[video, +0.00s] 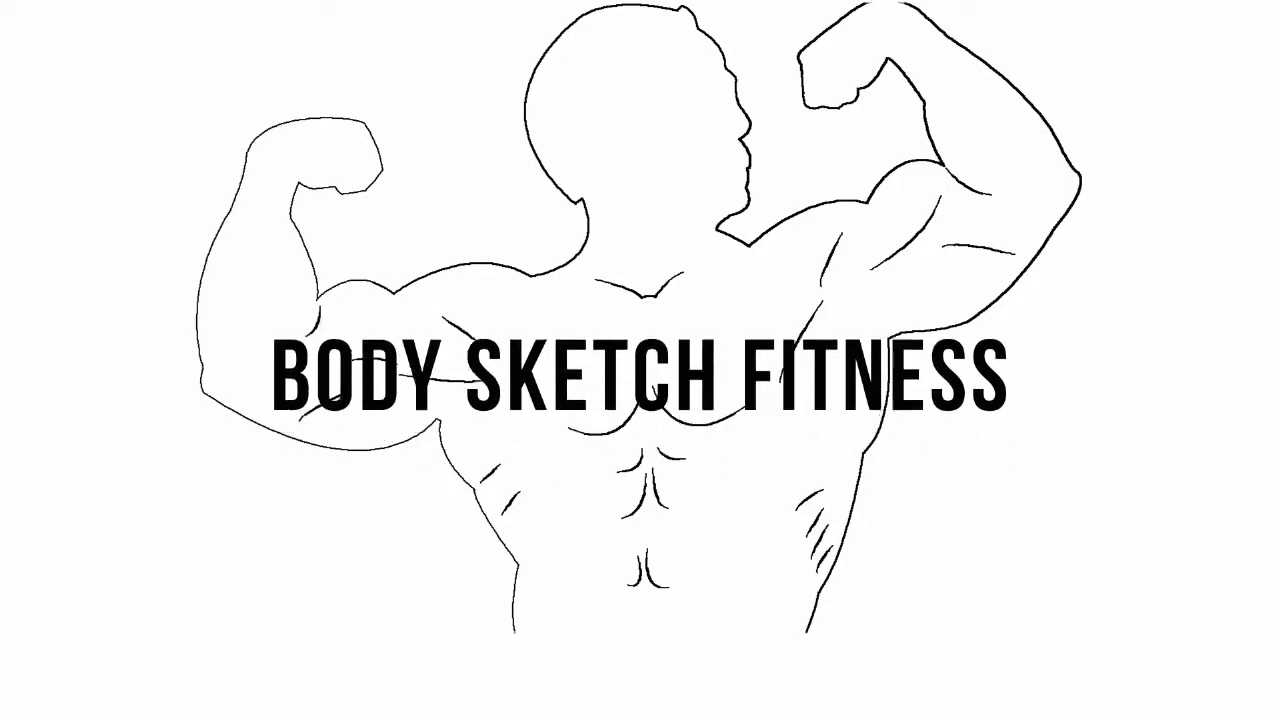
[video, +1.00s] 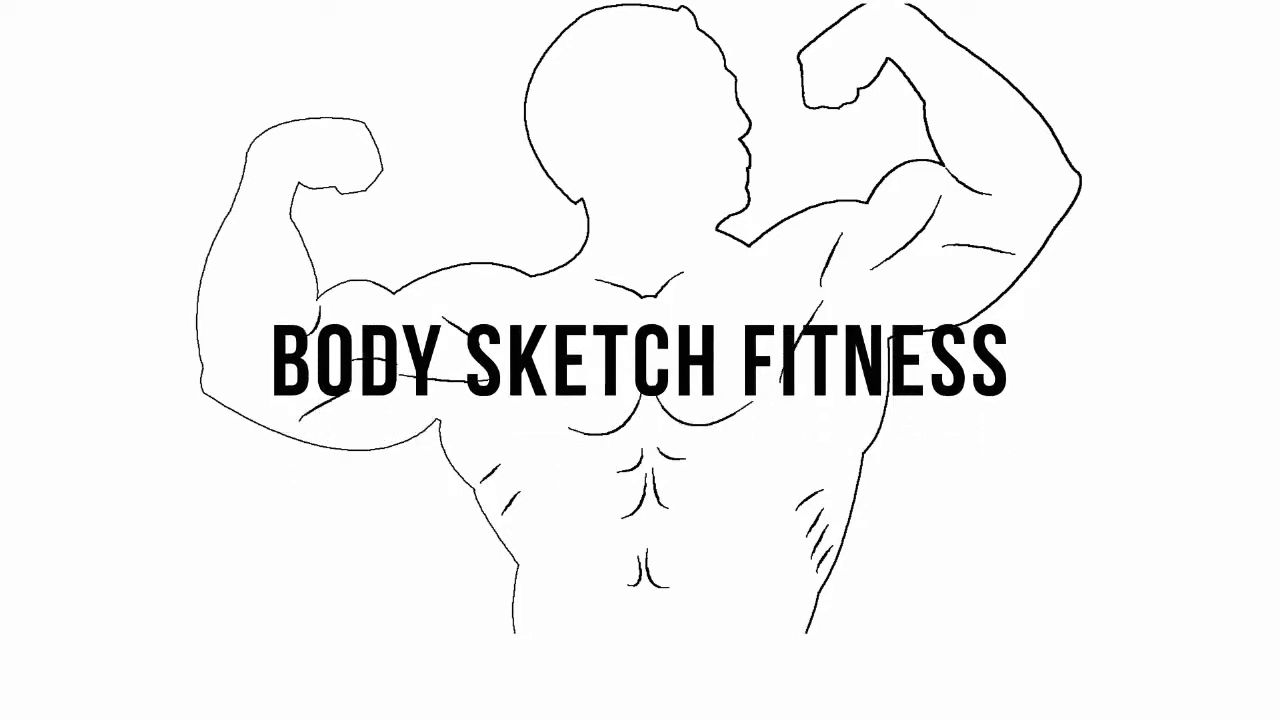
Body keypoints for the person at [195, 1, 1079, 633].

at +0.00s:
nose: (685, 150)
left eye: (692, 111)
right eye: (637, 120)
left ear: (736, 122)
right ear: (565, 148)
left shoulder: (808, 290)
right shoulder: (475, 314)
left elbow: (1034, 190)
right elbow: (246, 368)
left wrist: (895, 34)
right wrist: (273, 170)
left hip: (768, 652)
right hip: (550, 659)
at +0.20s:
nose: (742, 154)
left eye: (727, 118)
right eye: (700, 120)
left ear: (740, 123)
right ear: (580, 148)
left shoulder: (806, 298)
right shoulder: (479, 320)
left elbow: (1035, 189)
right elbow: (246, 367)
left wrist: (896, 34)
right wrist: (274, 170)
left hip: (769, 666)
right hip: (551, 670)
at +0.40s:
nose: (744, 155)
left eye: (729, 120)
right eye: (703, 120)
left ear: (740, 124)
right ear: (581, 147)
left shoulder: (806, 299)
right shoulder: (479, 320)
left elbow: (1036, 189)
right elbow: (247, 367)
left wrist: (896, 34)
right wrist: (274, 170)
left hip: (769, 665)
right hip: (551, 669)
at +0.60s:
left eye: (692, 114)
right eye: (633, 122)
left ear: (737, 126)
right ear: (566, 148)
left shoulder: (813, 294)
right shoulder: (478, 318)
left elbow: (1034, 190)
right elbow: (250, 371)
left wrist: (895, 35)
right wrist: (273, 171)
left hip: (769, 662)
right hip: (547, 667)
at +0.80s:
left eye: (692, 114)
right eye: (633, 122)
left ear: (737, 126)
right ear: (566, 148)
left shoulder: (813, 294)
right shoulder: (478, 318)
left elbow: (1034, 190)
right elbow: (250, 371)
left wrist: (895, 35)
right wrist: (273, 171)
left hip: (769, 662)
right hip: (547, 667)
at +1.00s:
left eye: (692, 114)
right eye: (633, 122)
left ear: (737, 126)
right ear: (566, 148)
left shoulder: (813, 294)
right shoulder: (478, 318)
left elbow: (1034, 190)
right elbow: (250, 371)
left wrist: (895, 35)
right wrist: (273, 171)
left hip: (769, 662)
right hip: (547, 667)